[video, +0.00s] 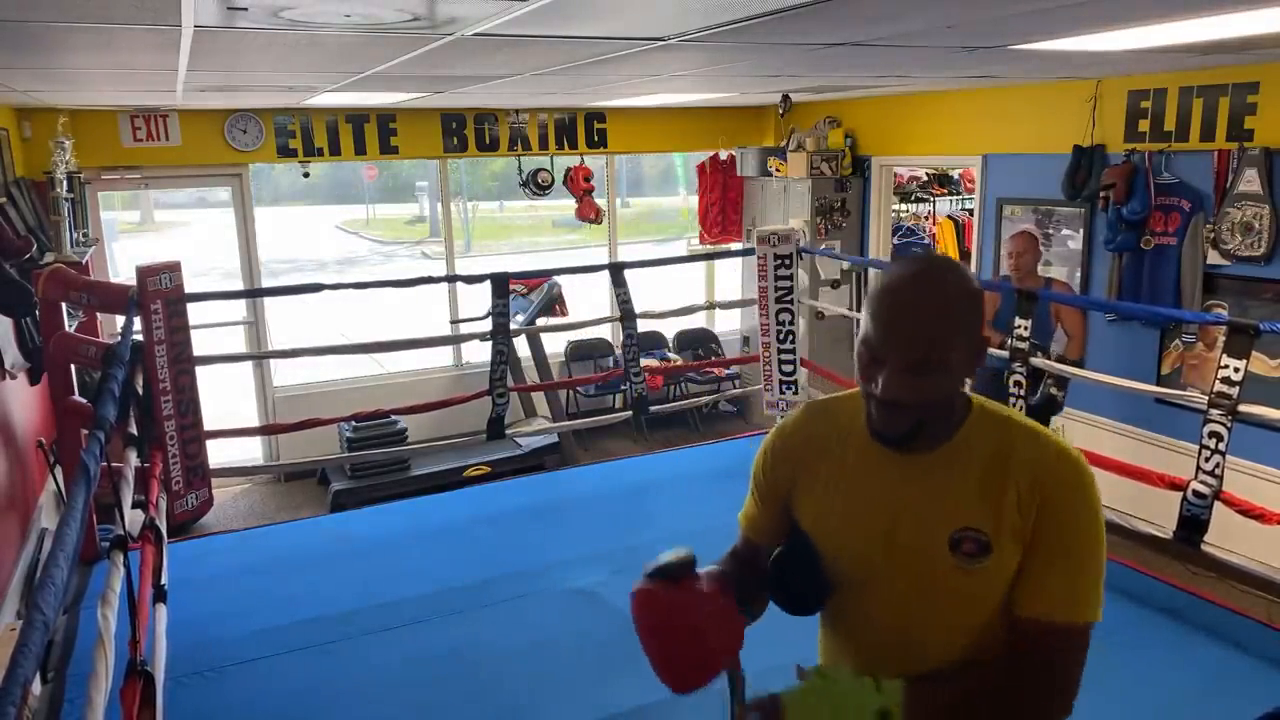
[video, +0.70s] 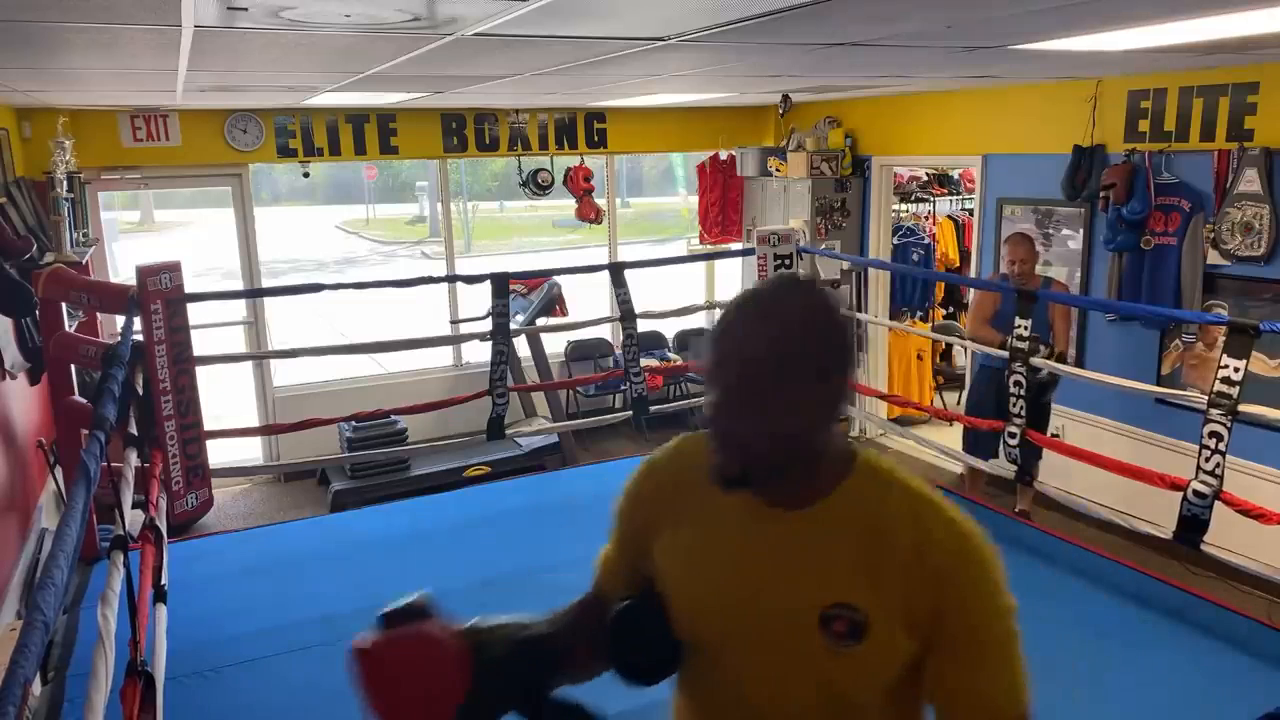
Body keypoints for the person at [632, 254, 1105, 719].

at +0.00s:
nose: (884, 388)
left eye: (920, 369)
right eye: (872, 355)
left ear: (975, 358)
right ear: (857, 337)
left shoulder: (1047, 480)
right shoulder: (801, 441)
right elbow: (752, 560)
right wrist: (698, 603)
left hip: (970, 710)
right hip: (837, 697)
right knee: (750, 711)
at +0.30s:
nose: (897, 381)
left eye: (939, 367)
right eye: (890, 344)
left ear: (1006, 378)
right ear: (879, 326)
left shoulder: (1057, 537)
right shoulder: (808, 442)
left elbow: (1040, 708)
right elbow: (742, 551)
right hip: (810, 707)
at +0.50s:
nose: (833, 374)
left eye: (872, 358)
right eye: (831, 344)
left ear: (945, 385)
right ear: (816, 343)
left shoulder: (1012, 550)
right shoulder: (750, 462)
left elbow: (1044, 707)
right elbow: (690, 587)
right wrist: (579, 594)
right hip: (767, 706)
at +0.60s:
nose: (795, 380)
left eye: (833, 365)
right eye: (792, 347)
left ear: (913, 387)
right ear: (780, 342)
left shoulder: (989, 552)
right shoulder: (722, 468)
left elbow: (1022, 709)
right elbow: (657, 600)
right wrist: (534, 611)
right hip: (749, 704)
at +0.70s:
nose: (716, 417)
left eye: (748, 397)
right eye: (712, 387)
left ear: (831, 395)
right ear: (704, 375)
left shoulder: (941, 558)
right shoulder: (670, 484)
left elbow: (989, 712)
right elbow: (604, 620)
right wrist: (479, 653)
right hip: (699, 708)